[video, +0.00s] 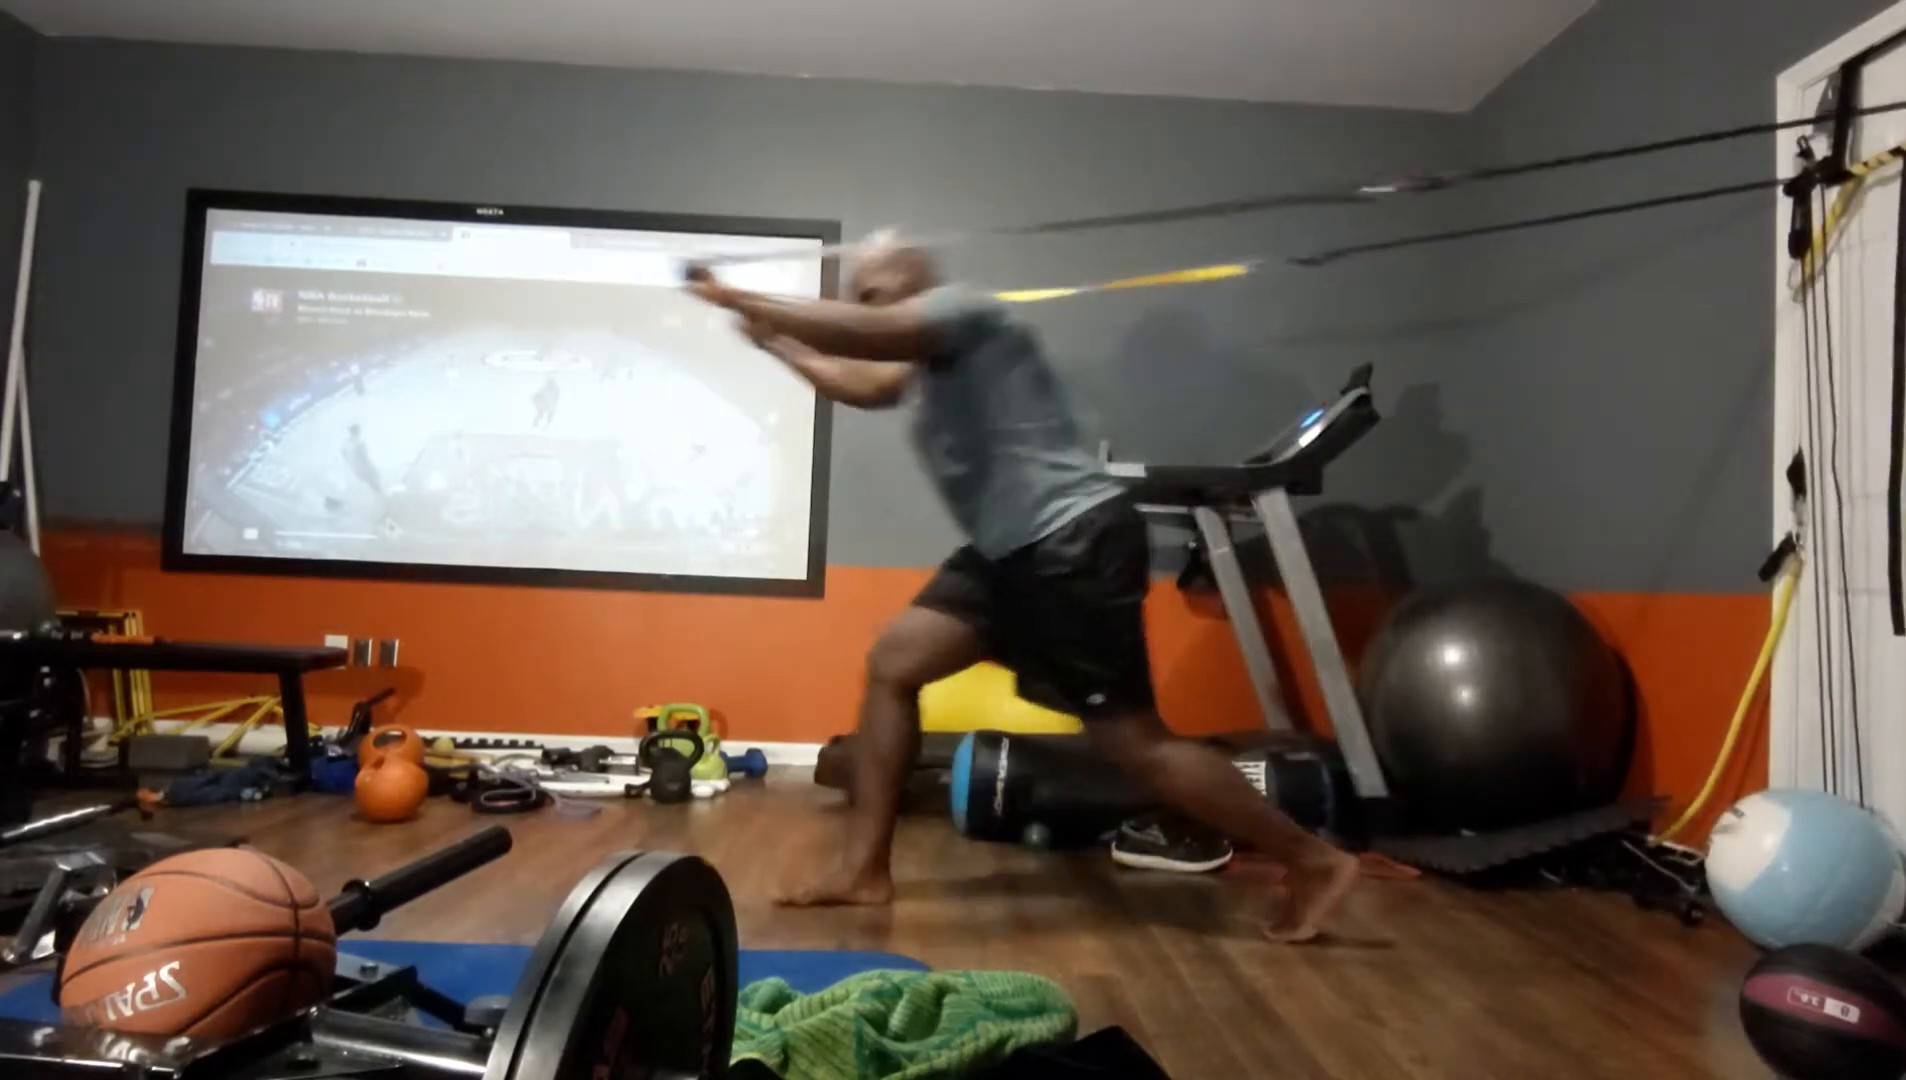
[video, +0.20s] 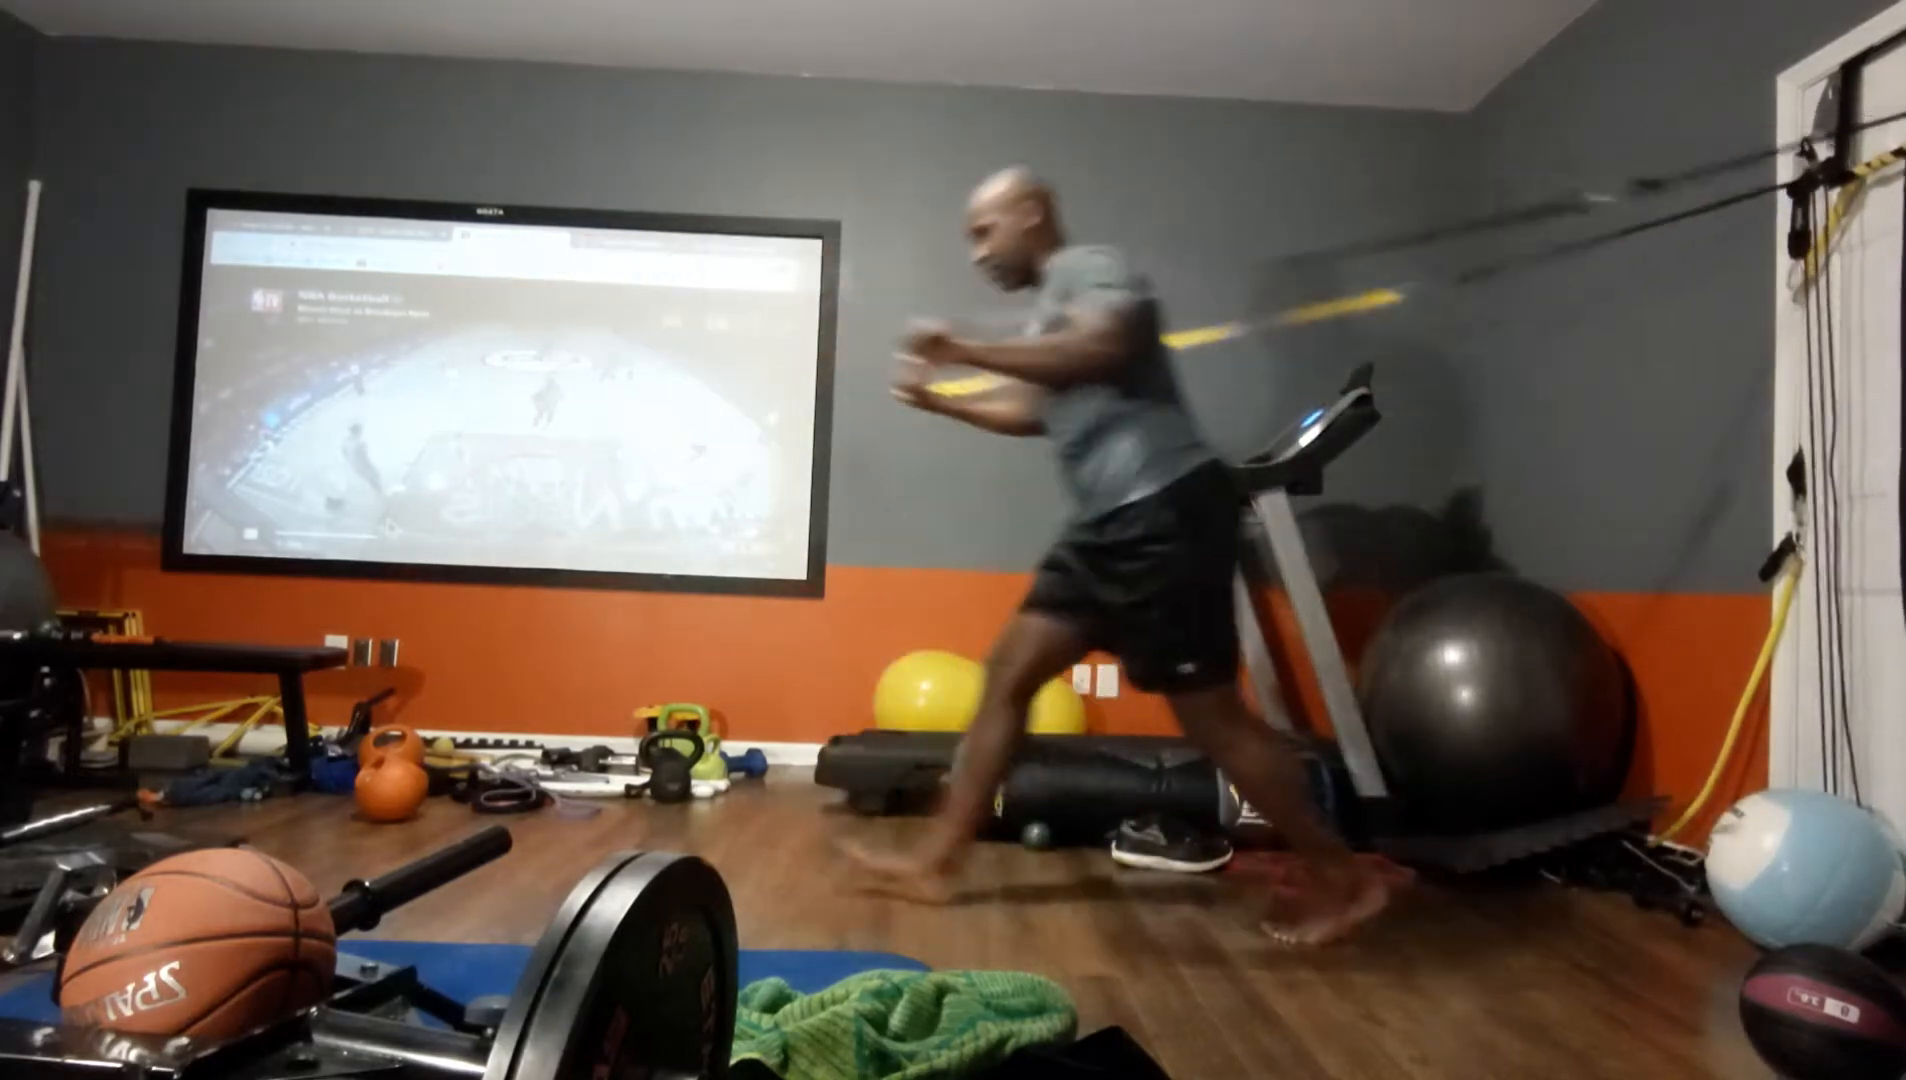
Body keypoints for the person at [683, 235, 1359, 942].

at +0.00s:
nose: (861, 303)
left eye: (870, 287)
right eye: (855, 293)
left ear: (915, 276)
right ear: (874, 301)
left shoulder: (971, 316)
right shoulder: (919, 368)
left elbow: (871, 330)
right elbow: (862, 386)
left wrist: (744, 300)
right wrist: (781, 341)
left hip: (1079, 537)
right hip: (1005, 554)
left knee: (1136, 748)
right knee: (891, 666)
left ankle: (1317, 863)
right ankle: (862, 871)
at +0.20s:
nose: (977, 251)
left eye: (986, 230)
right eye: (972, 237)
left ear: (1036, 214)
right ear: (1008, 230)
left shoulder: (1091, 266)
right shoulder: (1035, 317)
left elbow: (1105, 346)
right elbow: (1031, 412)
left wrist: (968, 350)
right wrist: (936, 400)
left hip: (1172, 510)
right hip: (1103, 527)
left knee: (1212, 719)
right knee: (1009, 674)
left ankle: (1344, 877)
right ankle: (935, 862)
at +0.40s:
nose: (1042, 221)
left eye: (1054, 202)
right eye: (1041, 206)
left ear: (1106, 195)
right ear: (1098, 202)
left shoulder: (1171, 254)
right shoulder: (1128, 297)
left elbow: (1246, 341)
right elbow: (1147, 416)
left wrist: (1128, 375)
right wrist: (1064, 419)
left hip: (1244, 499)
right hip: (1178, 511)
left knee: (1249, 710)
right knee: (1101, 665)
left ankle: (1352, 884)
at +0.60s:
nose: (1101, 198)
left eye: (1113, 179)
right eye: (1100, 184)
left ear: (1167, 178)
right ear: (1142, 188)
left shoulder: (1231, 240)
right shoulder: (1165, 287)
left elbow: (1331, 329)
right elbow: (1199, 394)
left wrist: (1233, 364)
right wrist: (1122, 408)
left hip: (1286, 486)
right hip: (1229, 500)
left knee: (1264, 691)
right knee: (1227, 689)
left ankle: (1358, 891)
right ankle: (1356, 838)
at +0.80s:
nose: (1148, 201)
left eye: (1160, 183)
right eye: (1148, 186)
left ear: (1213, 186)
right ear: (1192, 195)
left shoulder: (1269, 252)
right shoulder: (1207, 292)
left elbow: (1368, 344)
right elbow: (1245, 399)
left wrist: (1270, 370)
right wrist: (1161, 405)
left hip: (1316, 488)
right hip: (1281, 495)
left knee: (1272, 700)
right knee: (1317, 690)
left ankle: (1357, 893)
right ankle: (1431, 843)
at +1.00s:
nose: (1162, 202)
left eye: (1174, 185)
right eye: (1162, 188)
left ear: (1226, 186)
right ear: (1204, 195)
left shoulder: (1281, 250)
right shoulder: (1219, 290)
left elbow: (1376, 342)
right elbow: (1255, 401)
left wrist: (1274, 373)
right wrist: (1173, 407)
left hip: (1324, 484)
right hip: (1291, 491)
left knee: (1266, 689)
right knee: (1330, 681)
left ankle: (1355, 891)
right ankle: (1441, 847)